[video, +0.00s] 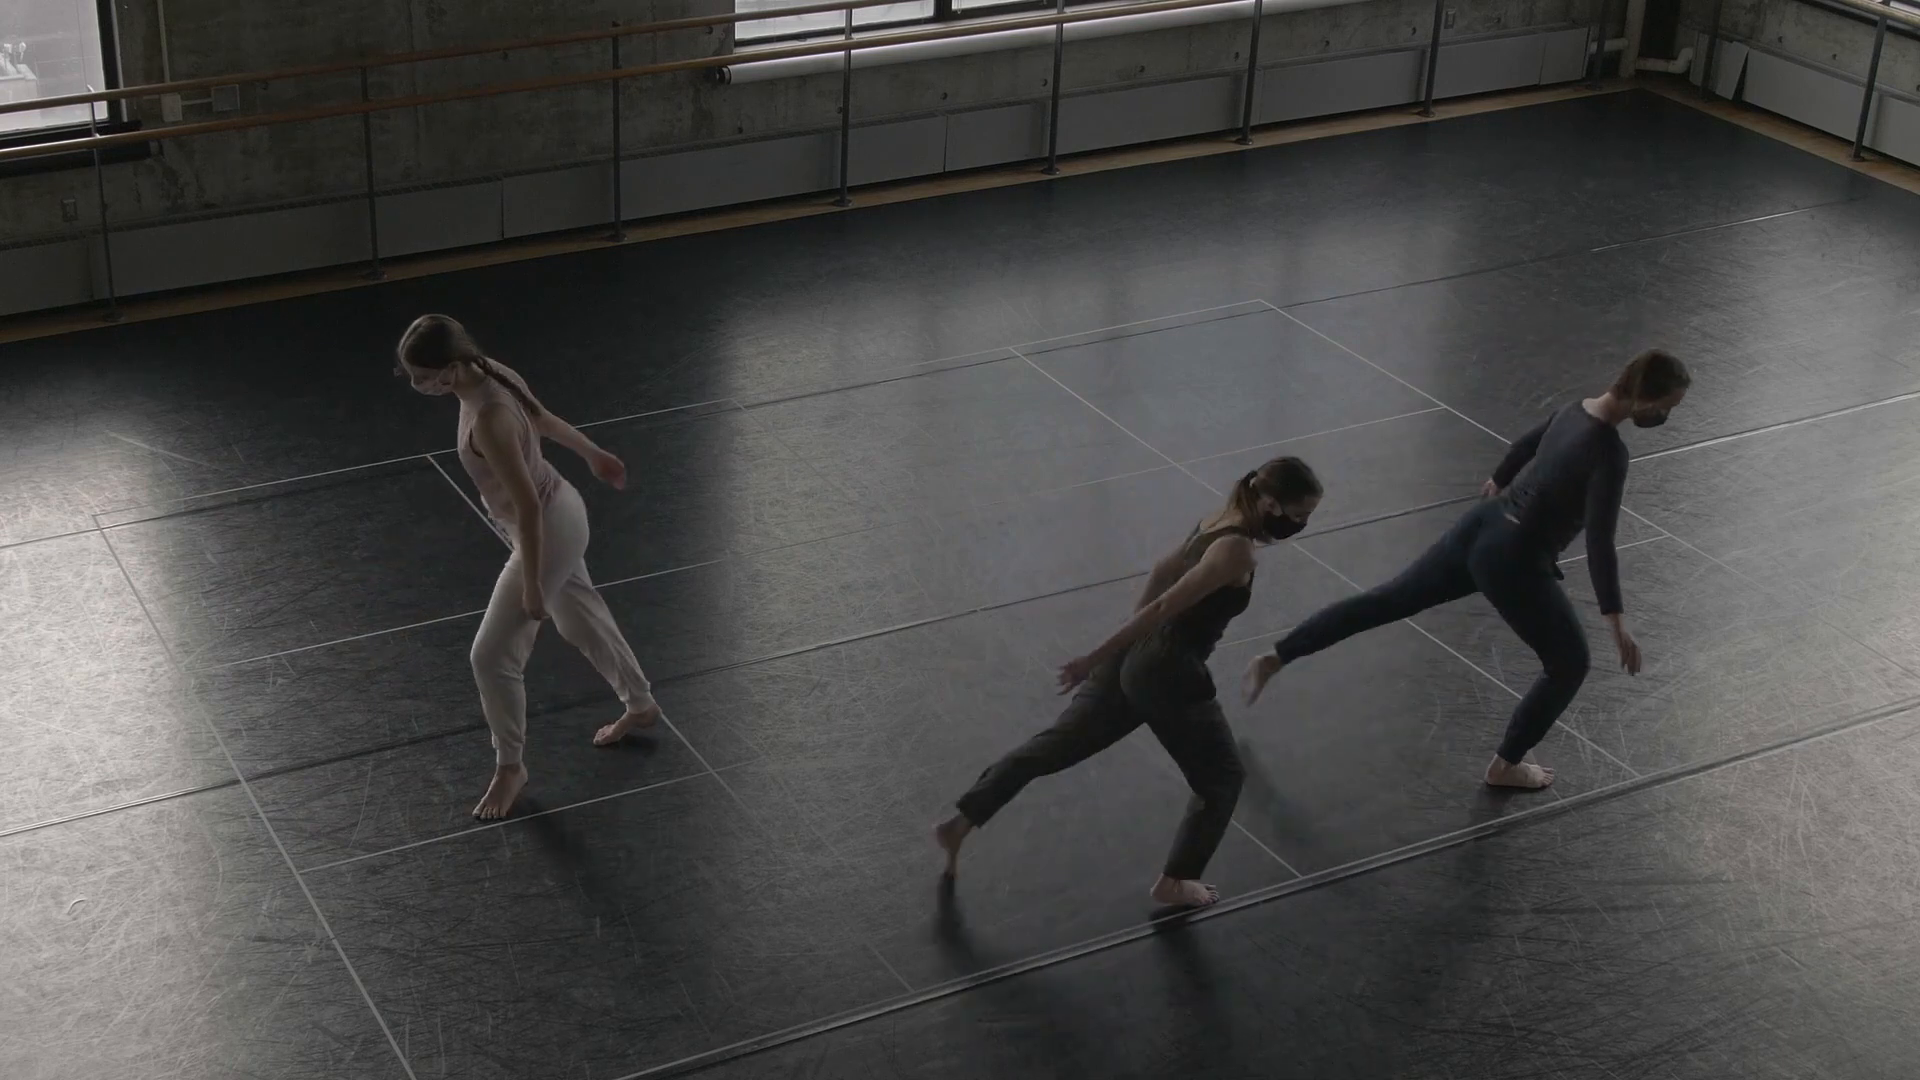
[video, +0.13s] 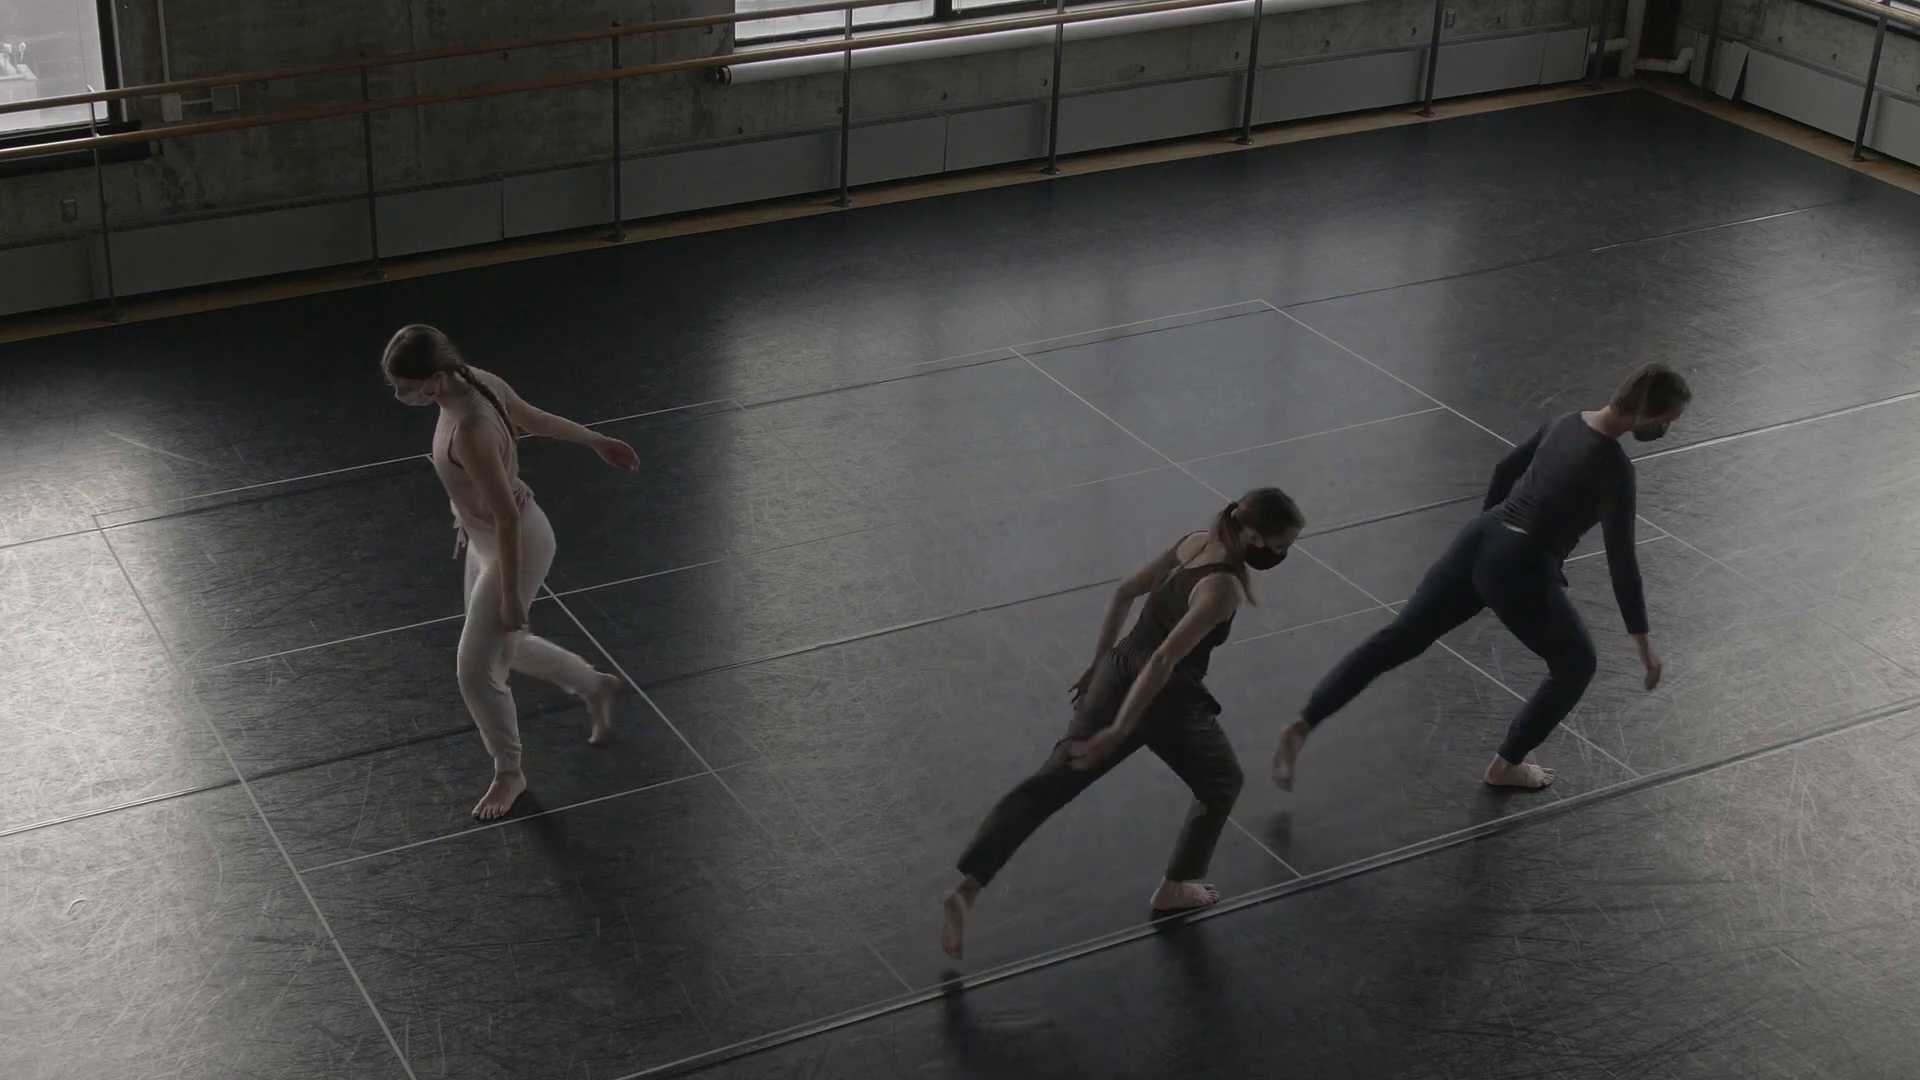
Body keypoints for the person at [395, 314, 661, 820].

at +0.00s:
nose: (422, 388)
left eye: (426, 378)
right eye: (416, 380)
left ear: (451, 365)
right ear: (452, 359)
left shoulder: (490, 422)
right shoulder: (489, 373)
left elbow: (527, 506)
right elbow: (540, 419)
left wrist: (531, 584)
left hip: (541, 535)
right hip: (558, 506)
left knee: (491, 655)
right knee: (582, 613)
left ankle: (510, 769)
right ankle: (640, 702)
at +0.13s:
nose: (402, 397)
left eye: (407, 389)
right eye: (398, 389)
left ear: (434, 378)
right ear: (436, 369)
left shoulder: (472, 434)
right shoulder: (473, 379)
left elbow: (507, 512)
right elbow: (532, 420)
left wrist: (511, 593)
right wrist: (596, 440)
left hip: (513, 549)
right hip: (482, 537)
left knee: (476, 674)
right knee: (501, 644)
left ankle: (508, 772)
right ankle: (594, 684)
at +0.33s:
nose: (372, 425)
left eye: (380, 418)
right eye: (366, 416)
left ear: (406, 400)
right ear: (361, 397)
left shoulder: (444, 444)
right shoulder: (397, 409)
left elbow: (485, 523)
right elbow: (429, 415)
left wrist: (490, 605)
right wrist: (470, 425)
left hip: (474, 562)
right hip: (427, 546)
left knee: (463, 684)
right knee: (374, 643)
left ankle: (507, 774)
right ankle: (372, 719)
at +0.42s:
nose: (364, 431)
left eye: (374, 424)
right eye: (356, 422)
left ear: (394, 407)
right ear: (345, 405)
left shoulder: (424, 434)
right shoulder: (340, 414)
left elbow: (473, 514)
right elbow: (373, 463)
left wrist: (485, 594)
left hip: (455, 552)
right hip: (395, 544)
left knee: (469, 677)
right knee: (351, 651)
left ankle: (509, 773)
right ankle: (302, 729)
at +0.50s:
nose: (356, 446)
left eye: (363, 439)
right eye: (347, 440)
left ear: (376, 418)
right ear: (328, 420)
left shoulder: (401, 433)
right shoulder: (307, 431)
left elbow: (451, 503)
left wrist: (472, 575)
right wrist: (297, 468)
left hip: (424, 530)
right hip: (359, 536)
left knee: (479, 645)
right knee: (327, 645)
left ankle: (520, 761)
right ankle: (299, 735)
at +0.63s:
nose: (341, 471)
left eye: (349, 464)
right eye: (332, 464)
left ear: (360, 446)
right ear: (311, 447)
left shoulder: (381, 458)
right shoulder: (285, 450)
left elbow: (424, 510)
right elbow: (245, 480)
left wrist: (448, 570)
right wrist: (214, 511)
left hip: (384, 533)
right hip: (315, 535)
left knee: (457, 608)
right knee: (301, 639)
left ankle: (535, 690)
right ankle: (299, 732)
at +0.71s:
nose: (339, 490)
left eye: (345, 484)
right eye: (332, 483)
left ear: (356, 466)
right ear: (310, 467)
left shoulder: (376, 477)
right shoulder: (279, 465)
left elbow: (408, 519)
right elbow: (232, 497)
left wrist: (426, 564)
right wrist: (201, 530)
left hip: (366, 534)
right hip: (299, 535)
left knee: (432, 594)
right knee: (290, 642)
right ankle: (297, 734)